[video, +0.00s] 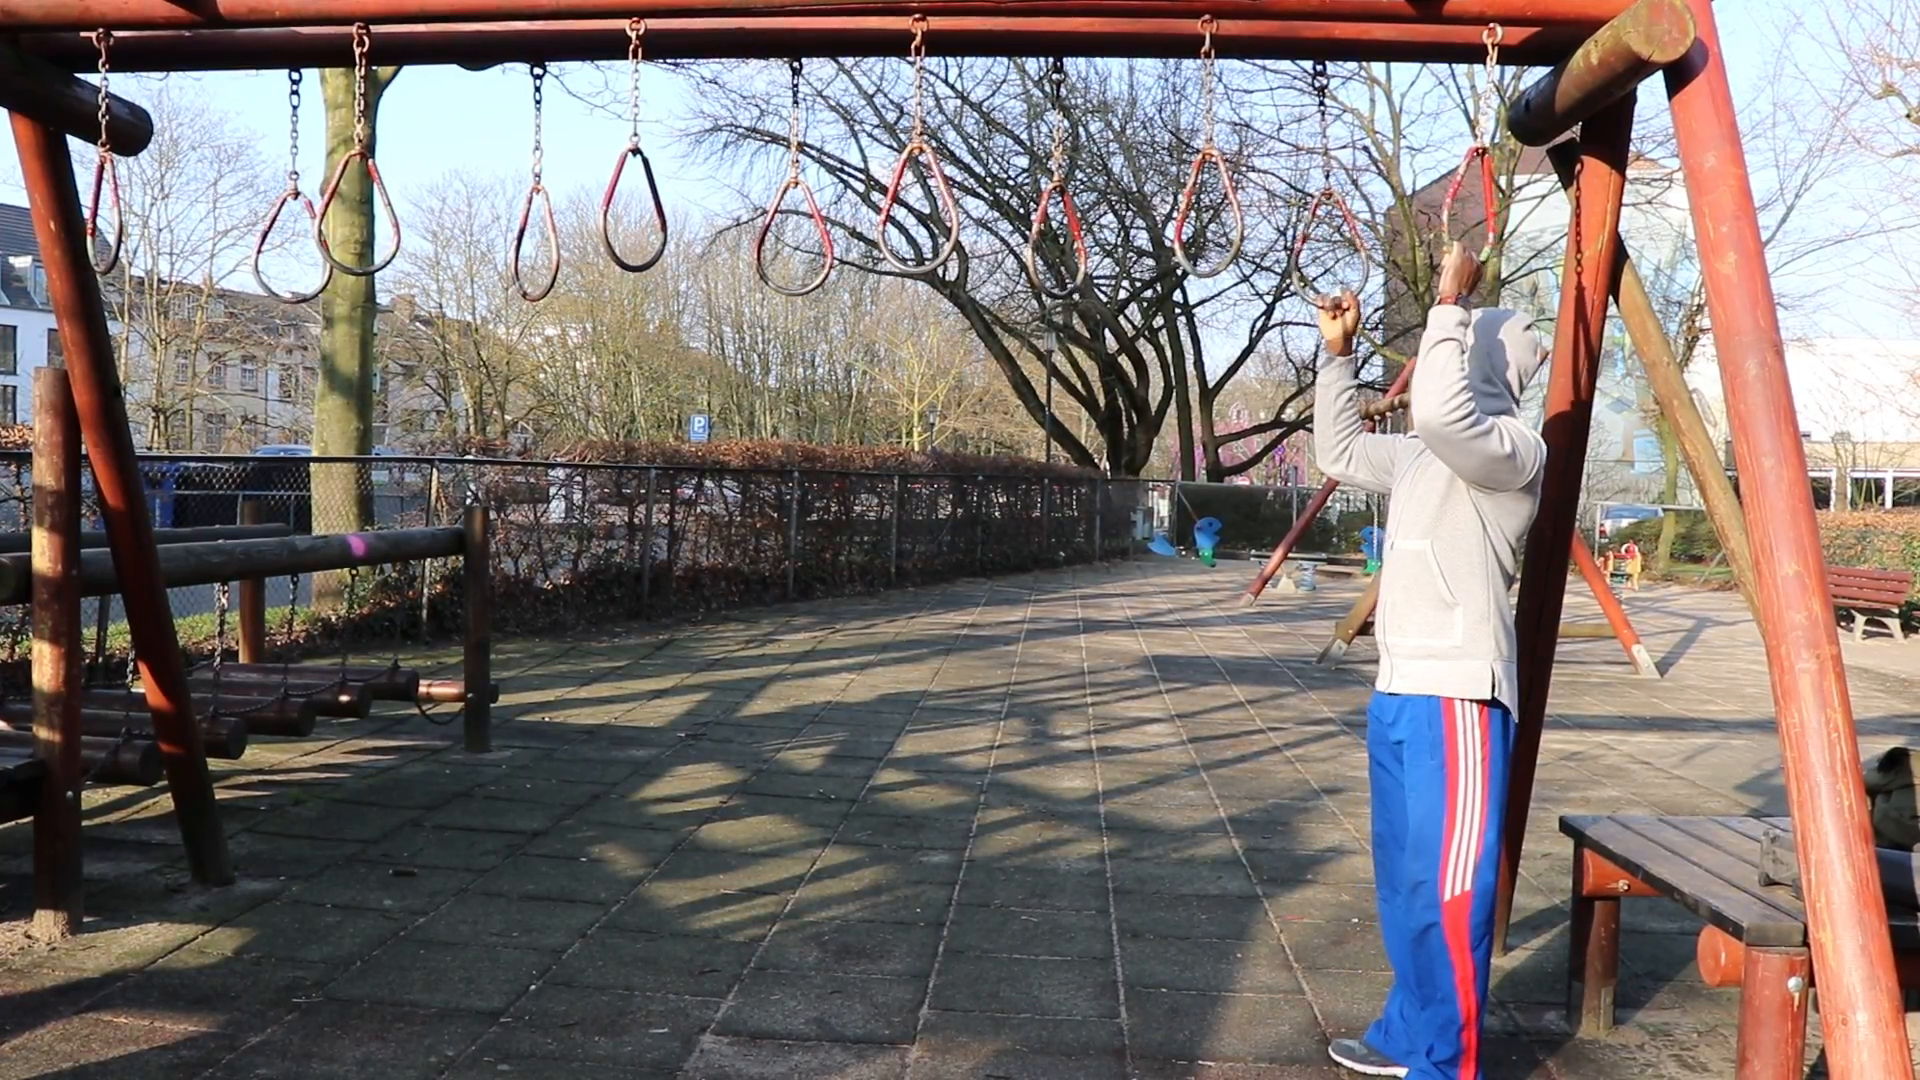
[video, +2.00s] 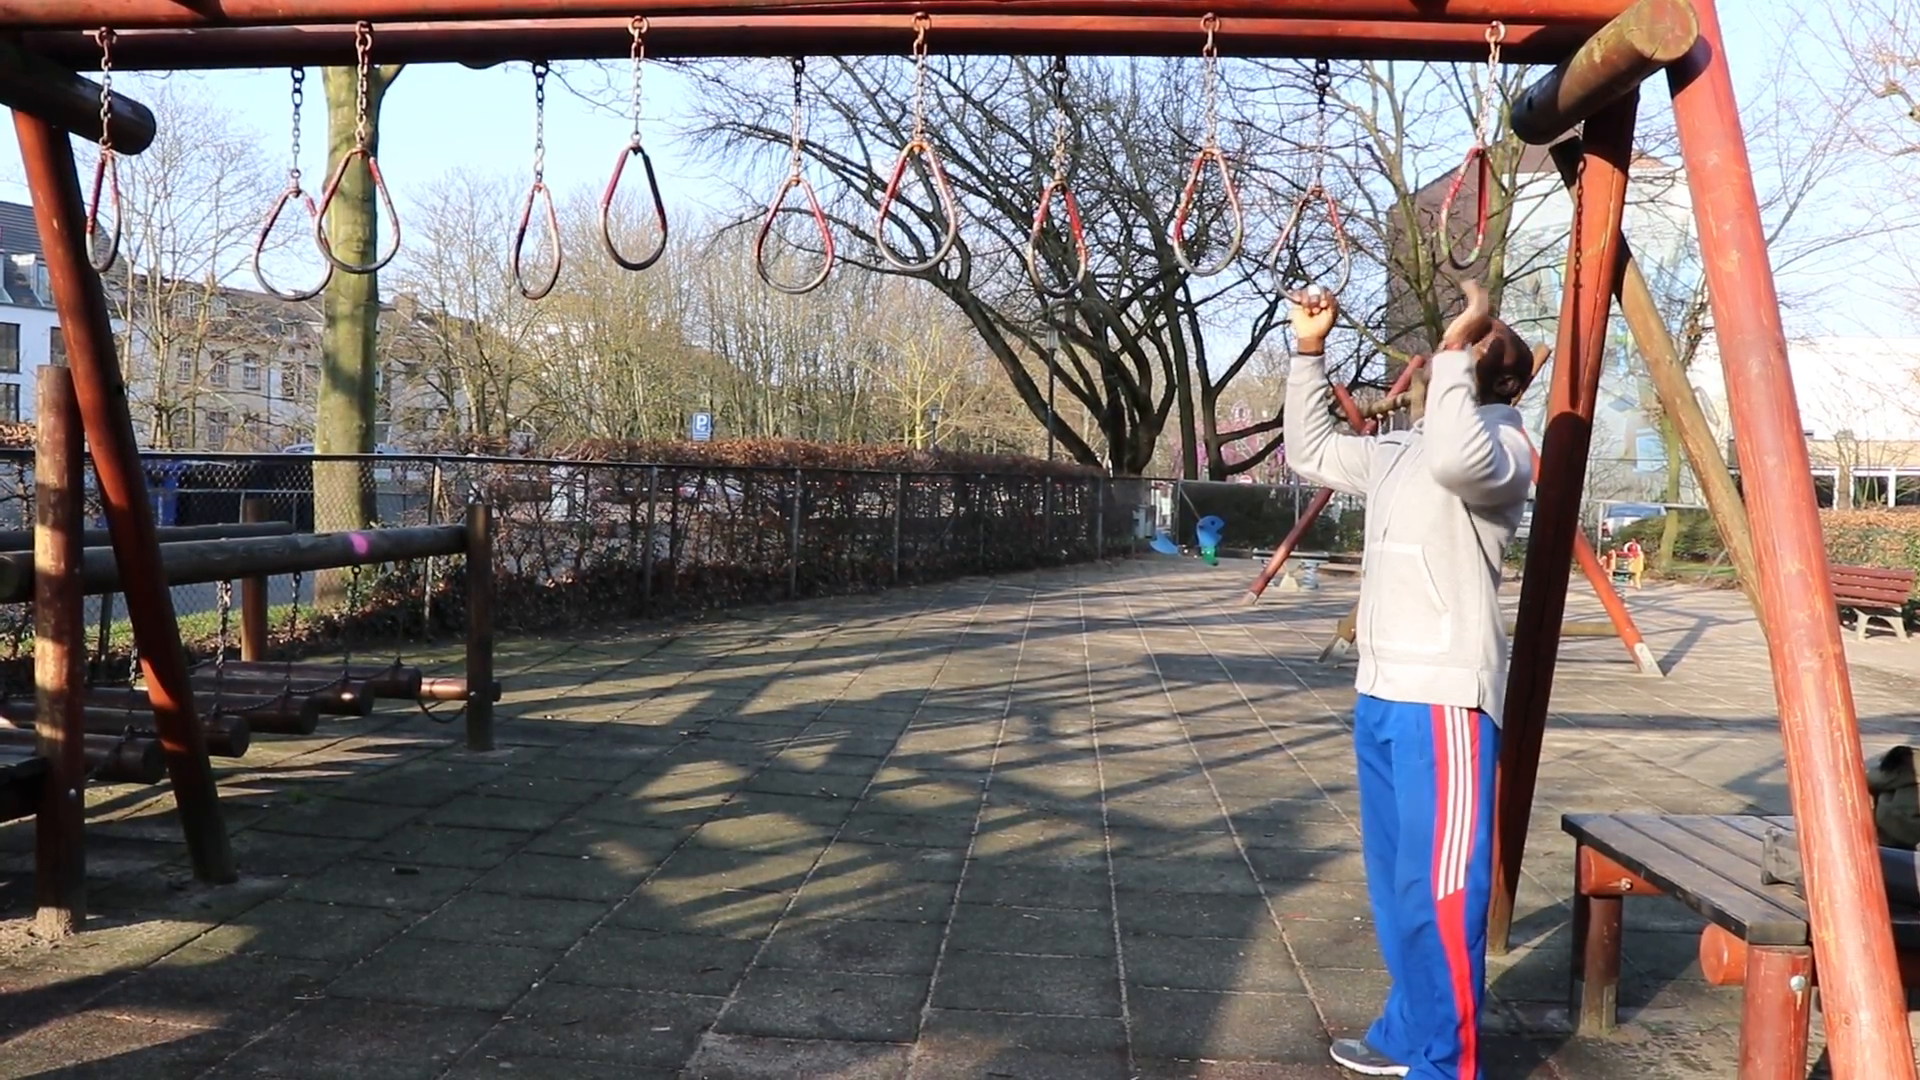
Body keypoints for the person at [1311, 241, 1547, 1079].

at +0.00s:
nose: (1421, 367)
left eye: (1444, 353)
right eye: (1426, 354)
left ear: (1493, 369)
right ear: (1450, 378)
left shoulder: (1520, 452)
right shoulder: (1422, 454)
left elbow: (1444, 416)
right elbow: (1341, 449)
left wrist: (1449, 308)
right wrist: (1338, 353)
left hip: (1464, 697)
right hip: (1404, 694)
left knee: (1453, 884)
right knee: (1406, 879)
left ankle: (1448, 1057)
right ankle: (1409, 1033)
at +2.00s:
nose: (1421, 366)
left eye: (1442, 353)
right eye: (1426, 355)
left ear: (1481, 370)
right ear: (1425, 378)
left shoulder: (1507, 446)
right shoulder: (1399, 448)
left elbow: (1454, 460)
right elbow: (1311, 449)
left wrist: (1455, 352)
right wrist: (1308, 348)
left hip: (1448, 696)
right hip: (1382, 692)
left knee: (1444, 887)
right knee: (1395, 881)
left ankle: (1447, 1060)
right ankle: (1407, 1034)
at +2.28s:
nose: (1437, 367)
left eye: (1463, 356)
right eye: (1442, 353)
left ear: (1499, 379)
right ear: (1443, 371)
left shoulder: (1505, 450)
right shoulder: (1402, 452)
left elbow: (1465, 396)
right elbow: (1322, 447)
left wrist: (1467, 296)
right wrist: (1315, 349)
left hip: (1448, 692)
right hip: (1383, 691)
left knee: (1443, 883)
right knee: (1394, 879)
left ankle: (1448, 1057)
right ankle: (1407, 1034)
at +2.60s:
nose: (1428, 359)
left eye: (1448, 353)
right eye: (1434, 348)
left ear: (1493, 372)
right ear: (1443, 372)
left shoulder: (1502, 441)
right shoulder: (1414, 450)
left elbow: (1474, 361)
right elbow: (1335, 447)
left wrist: (1480, 283)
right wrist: (1330, 351)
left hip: (1452, 689)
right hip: (1395, 690)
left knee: (1447, 882)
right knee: (1404, 879)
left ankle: (1449, 1057)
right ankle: (1411, 1032)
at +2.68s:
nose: (1433, 360)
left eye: (1454, 354)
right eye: (1438, 350)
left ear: (1496, 371)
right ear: (1448, 372)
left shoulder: (1502, 442)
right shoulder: (1414, 451)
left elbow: (1477, 355)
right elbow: (1336, 447)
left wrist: (1481, 278)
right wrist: (1332, 351)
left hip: (1450, 688)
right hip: (1393, 690)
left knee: (1446, 882)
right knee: (1402, 878)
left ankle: (1448, 1058)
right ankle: (1410, 1032)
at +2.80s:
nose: (1487, 355)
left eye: (1509, 353)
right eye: (1490, 345)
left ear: (1525, 390)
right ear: (1473, 370)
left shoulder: (1511, 445)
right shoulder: (1417, 450)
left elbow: (1473, 364)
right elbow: (1334, 445)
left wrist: (1481, 284)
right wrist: (1331, 351)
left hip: (1451, 692)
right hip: (1391, 691)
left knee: (1446, 884)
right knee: (1401, 880)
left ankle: (1448, 1059)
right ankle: (1412, 1033)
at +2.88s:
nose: (1502, 360)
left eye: (1523, 360)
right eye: (1503, 350)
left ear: (1541, 400)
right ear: (1480, 367)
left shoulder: (1516, 448)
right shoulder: (1419, 452)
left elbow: (1471, 373)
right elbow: (1332, 446)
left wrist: (1479, 288)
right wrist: (1330, 351)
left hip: (1450, 692)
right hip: (1390, 690)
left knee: (1443, 885)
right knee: (1398, 880)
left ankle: (1447, 1059)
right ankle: (1411, 1034)